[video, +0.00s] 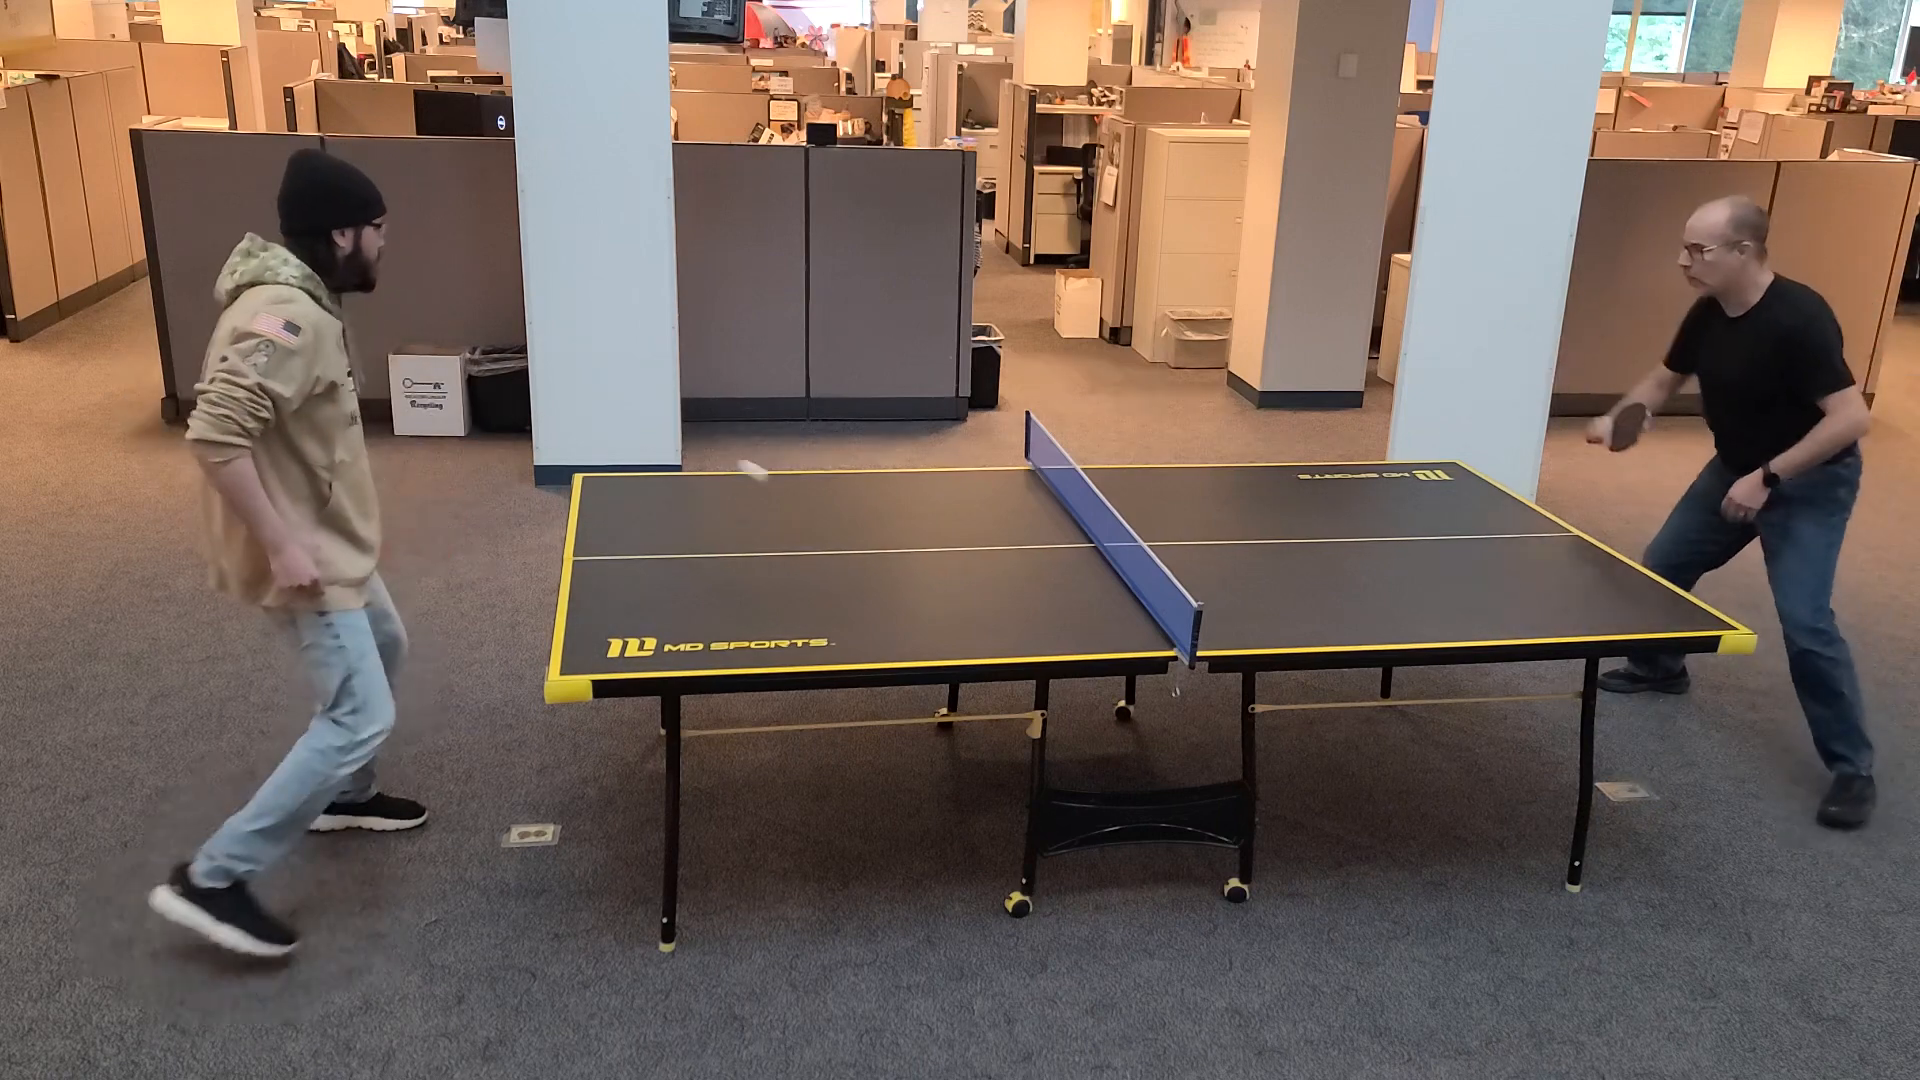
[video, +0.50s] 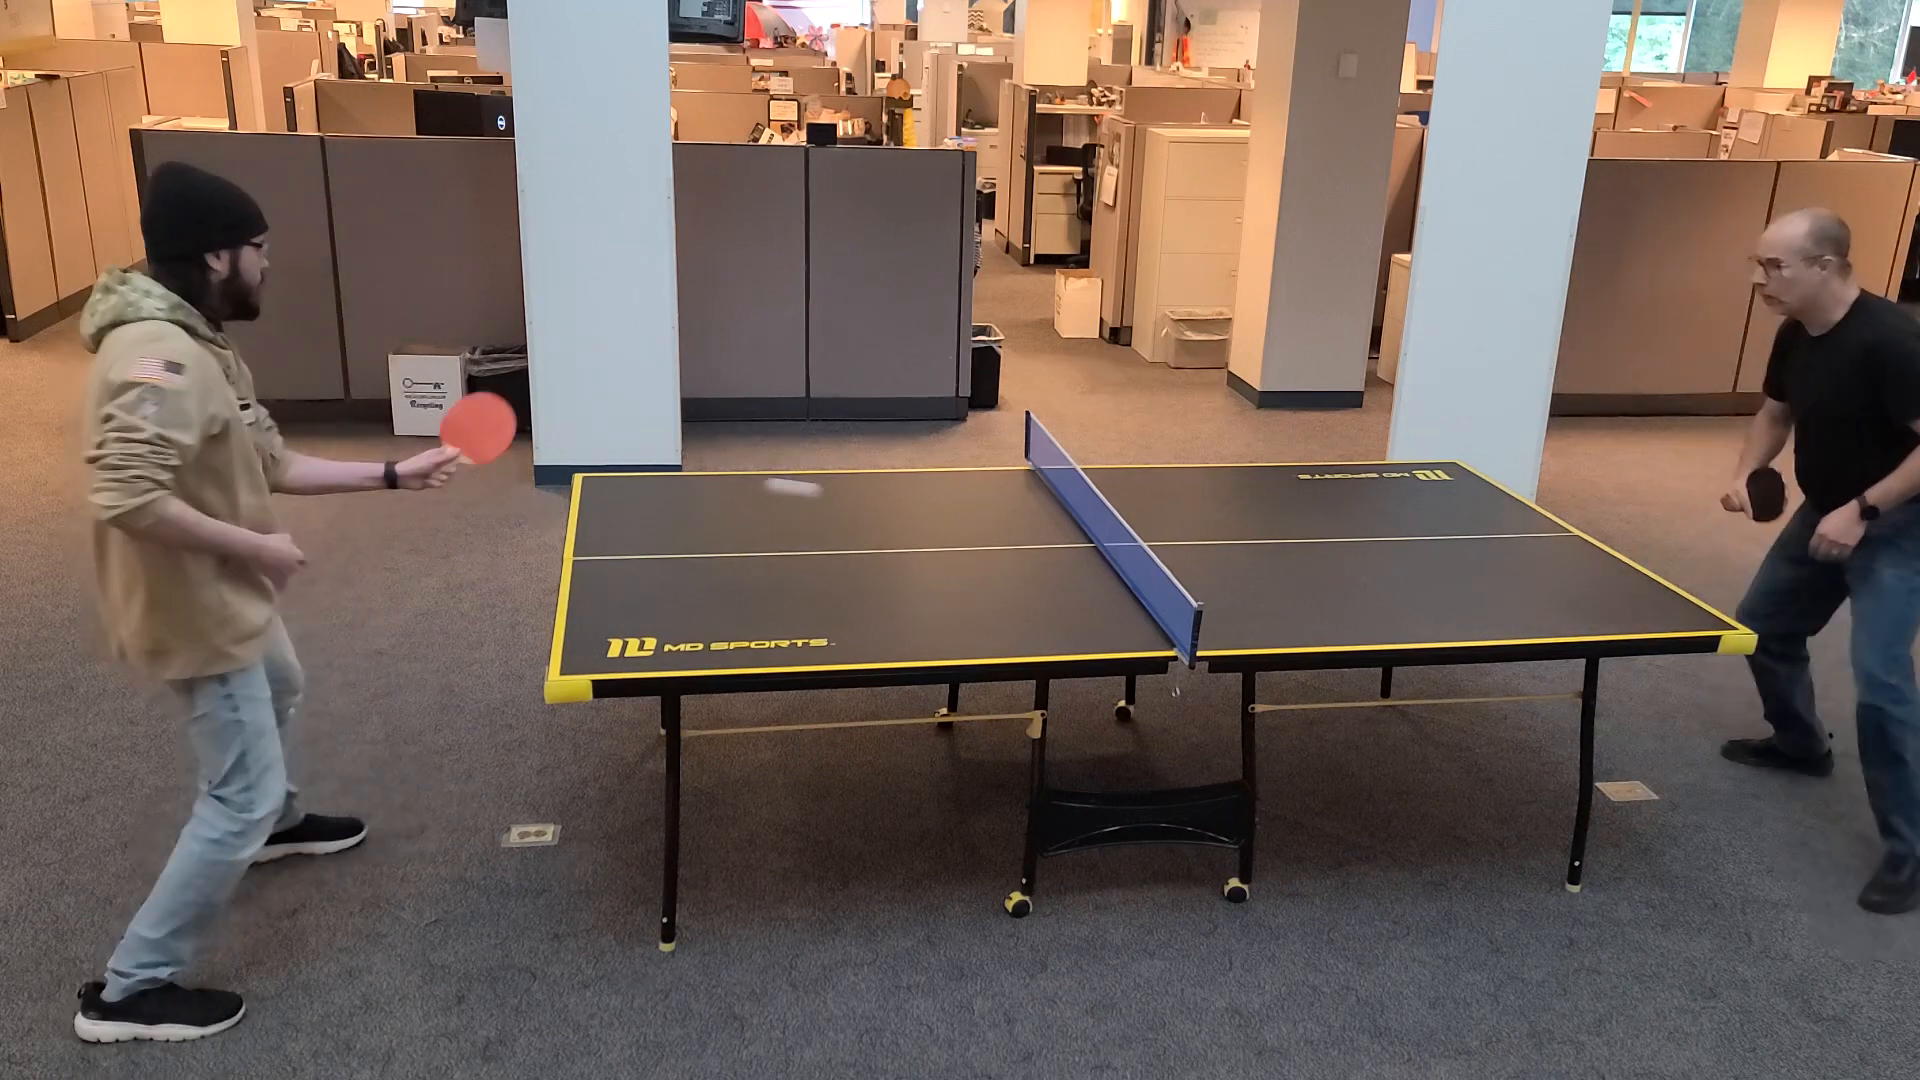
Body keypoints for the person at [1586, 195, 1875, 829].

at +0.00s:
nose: (1685, 261)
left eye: (1697, 251)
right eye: (1684, 249)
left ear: (1744, 253)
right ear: (1729, 254)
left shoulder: (1802, 317)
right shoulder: (1705, 315)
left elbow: (1851, 417)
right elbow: (1664, 381)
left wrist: (1767, 476)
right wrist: (1624, 417)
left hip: (1810, 483)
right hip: (1735, 470)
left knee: (1805, 625)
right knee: (1658, 568)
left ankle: (1851, 768)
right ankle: (1659, 666)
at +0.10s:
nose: (1701, 262)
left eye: (1714, 251)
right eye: (1701, 250)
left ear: (1764, 254)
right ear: (1749, 255)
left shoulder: (1823, 319)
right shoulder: (1731, 316)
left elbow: (1874, 422)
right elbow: (1705, 389)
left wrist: (1787, 481)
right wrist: (1666, 428)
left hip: (1837, 486)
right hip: (1762, 475)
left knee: (1812, 636)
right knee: (1693, 572)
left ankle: (1851, 775)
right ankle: (1662, 667)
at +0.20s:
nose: (1719, 256)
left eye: (1733, 245)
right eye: (1718, 243)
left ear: (1783, 248)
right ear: (1769, 249)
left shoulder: (1845, 315)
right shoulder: (1754, 310)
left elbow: (1900, 416)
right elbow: (1737, 388)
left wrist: (1814, 479)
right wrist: (1704, 428)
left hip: (1867, 484)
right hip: (1795, 474)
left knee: (1832, 642)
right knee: (1721, 580)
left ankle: (1857, 778)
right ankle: (1709, 690)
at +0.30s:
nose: (1728, 256)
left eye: (1743, 244)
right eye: (1728, 243)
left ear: (1793, 247)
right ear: (1779, 248)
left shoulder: (1855, 311)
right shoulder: (1766, 306)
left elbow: (1911, 414)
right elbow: (1752, 395)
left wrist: (1838, 482)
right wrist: (1725, 439)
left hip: (1885, 483)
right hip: (1813, 475)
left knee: (1844, 633)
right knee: (1757, 596)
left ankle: (1870, 776)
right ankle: (1791, 728)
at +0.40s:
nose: (1741, 266)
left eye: (1755, 255)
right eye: (1740, 254)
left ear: (1807, 257)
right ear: (1792, 259)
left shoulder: (1872, 321)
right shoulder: (1777, 320)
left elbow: (1919, 423)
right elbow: (1767, 400)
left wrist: (1852, 491)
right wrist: (1740, 453)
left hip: (1894, 500)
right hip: (1823, 493)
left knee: (1854, 646)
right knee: (1773, 615)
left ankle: (1902, 793)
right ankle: (1805, 741)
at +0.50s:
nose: (1761, 279)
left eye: (1773, 267)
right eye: (1760, 266)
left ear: (1826, 268)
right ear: (1812, 270)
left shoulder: (1893, 340)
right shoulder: (1794, 334)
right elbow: (1776, 415)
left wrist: (1864, 508)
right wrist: (1745, 472)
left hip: (1896, 527)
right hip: (1824, 517)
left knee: (1883, 684)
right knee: (1763, 624)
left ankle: (1907, 850)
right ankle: (1799, 743)